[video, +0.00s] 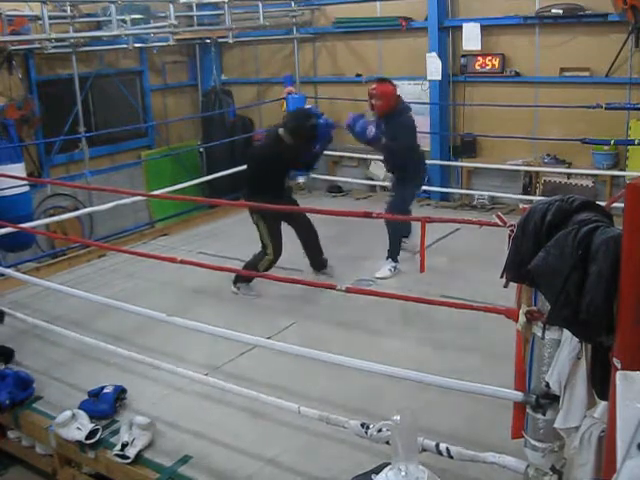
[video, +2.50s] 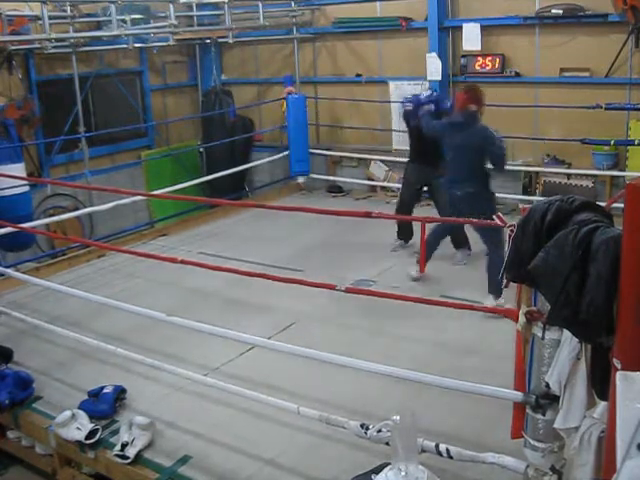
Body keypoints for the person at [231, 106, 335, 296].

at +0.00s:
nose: (305, 142)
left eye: (307, 139)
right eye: (303, 138)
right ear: (295, 133)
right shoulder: (271, 147)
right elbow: (305, 165)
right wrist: (322, 144)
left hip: (280, 196)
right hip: (260, 200)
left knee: (306, 229)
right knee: (272, 251)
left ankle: (320, 267)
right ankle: (241, 281)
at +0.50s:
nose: (319, 138)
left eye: (319, 133)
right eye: (317, 134)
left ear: (294, 132)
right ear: (308, 136)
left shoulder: (289, 149)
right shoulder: (293, 155)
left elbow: (319, 172)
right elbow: (324, 174)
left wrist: (330, 147)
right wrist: (333, 150)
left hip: (279, 220)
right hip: (269, 224)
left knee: (311, 248)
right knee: (284, 284)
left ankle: (313, 287)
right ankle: (242, 328)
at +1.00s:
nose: (366, 116)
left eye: (365, 112)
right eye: (363, 112)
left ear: (344, 116)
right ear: (352, 116)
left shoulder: (344, 137)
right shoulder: (333, 140)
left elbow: (346, 163)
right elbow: (350, 170)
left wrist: (362, 146)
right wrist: (373, 158)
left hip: (335, 201)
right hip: (316, 204)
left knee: (369, 230)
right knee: (309, 260)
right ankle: (277, 288)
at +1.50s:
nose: (436, 108)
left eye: (436, 104)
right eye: (432, 105)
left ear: (434, 104)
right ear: (419, 106)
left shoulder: (436, 118)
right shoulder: (404, 128)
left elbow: (458, 124)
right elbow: (412, 162)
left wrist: (474, 118)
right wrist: (438, 151)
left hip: (434, 178)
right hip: (413, 182)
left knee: (458, 216)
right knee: (421, 227)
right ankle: (395, 259)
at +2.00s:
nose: (431, 115)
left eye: (433, 111)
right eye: (427, 111)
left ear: (437, 109)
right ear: (417, 109)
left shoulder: (440, 124)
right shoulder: (405, 125)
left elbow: (447, 147)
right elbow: (414, 153)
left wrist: (453, 128)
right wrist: (426, 131)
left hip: (436, 179)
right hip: (413, 178)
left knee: (449, 215)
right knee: (397, 215)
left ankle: (467, 251)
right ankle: (377, 245)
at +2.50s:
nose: (479, 108)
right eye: (479, 105)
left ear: (458, 106)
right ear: (478, 107)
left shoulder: (447, 128)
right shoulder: (482, 133)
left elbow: (427, 126)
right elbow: (499, 161)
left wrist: (425, 110)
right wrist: (495, 143)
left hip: (454, 196)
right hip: (478, 197)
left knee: (444, 227)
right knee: (495, 245)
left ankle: (419, 266)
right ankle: (495, 295)